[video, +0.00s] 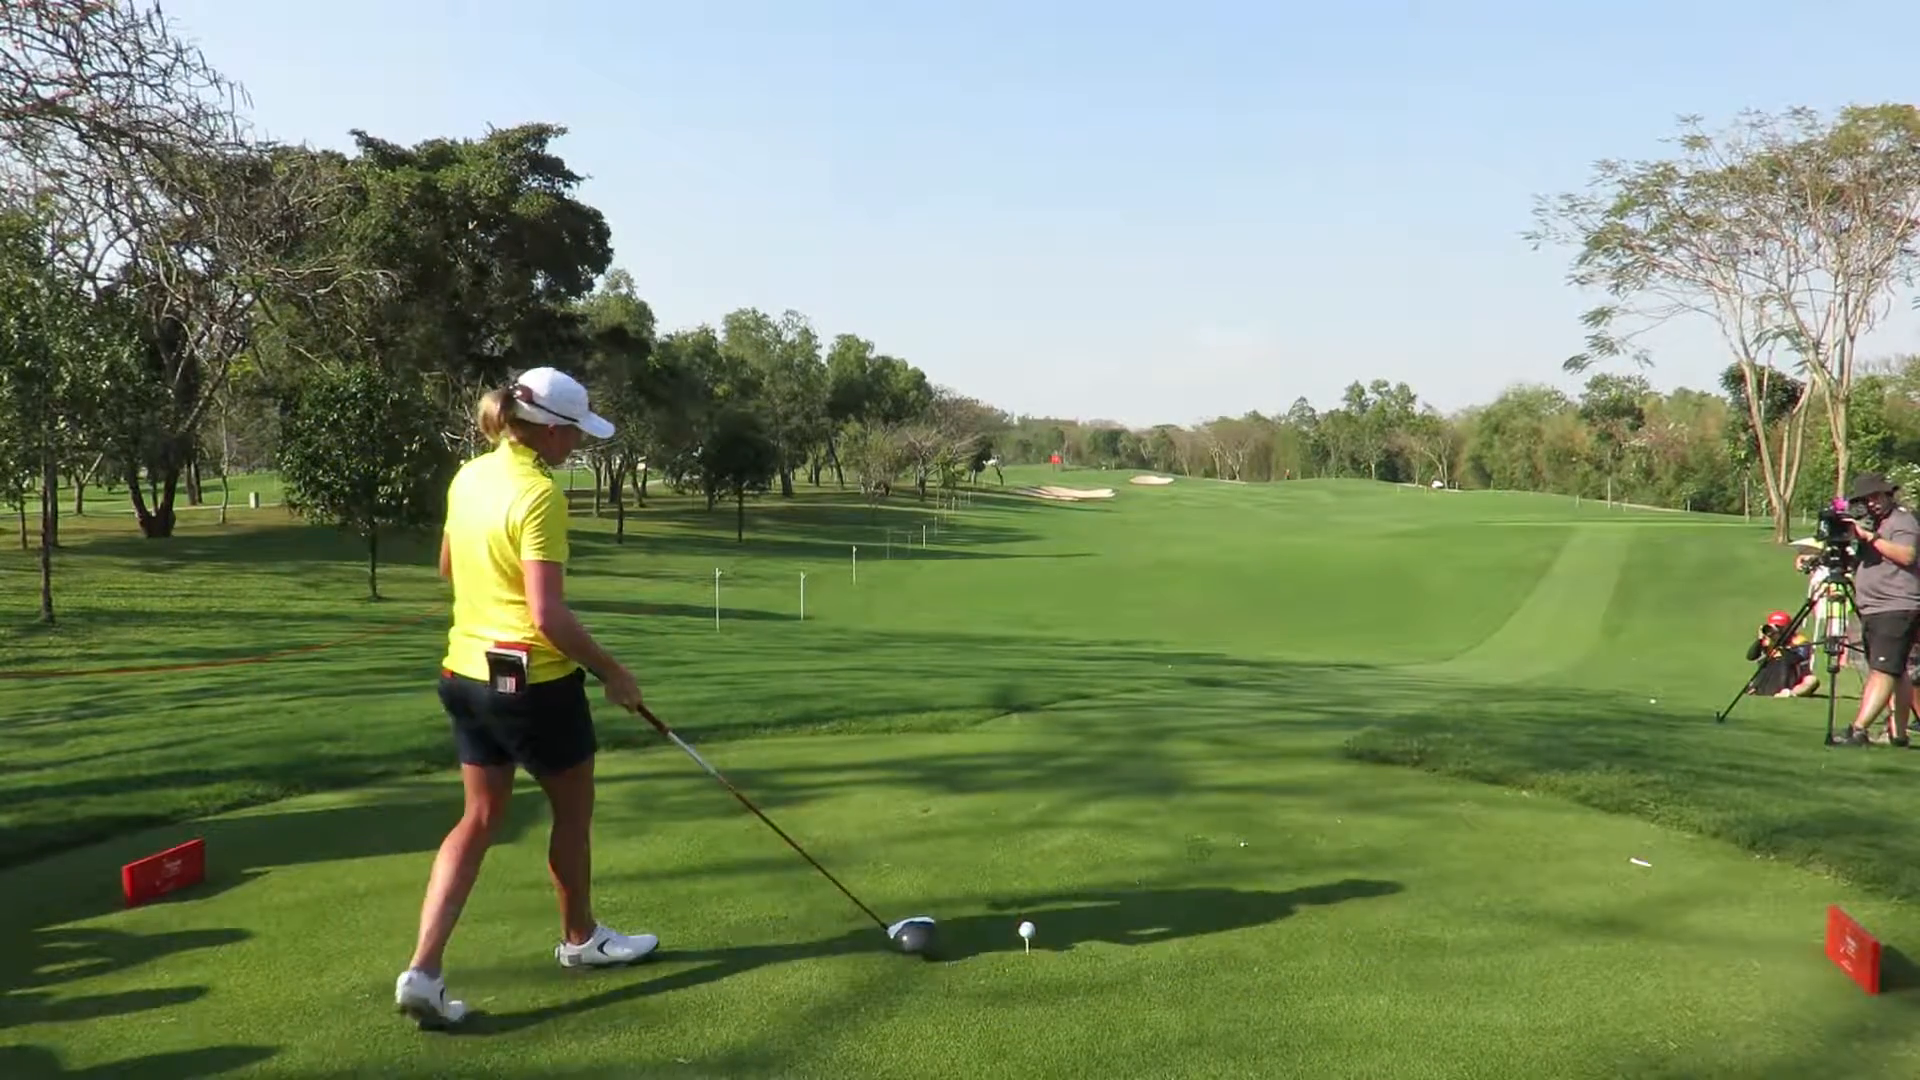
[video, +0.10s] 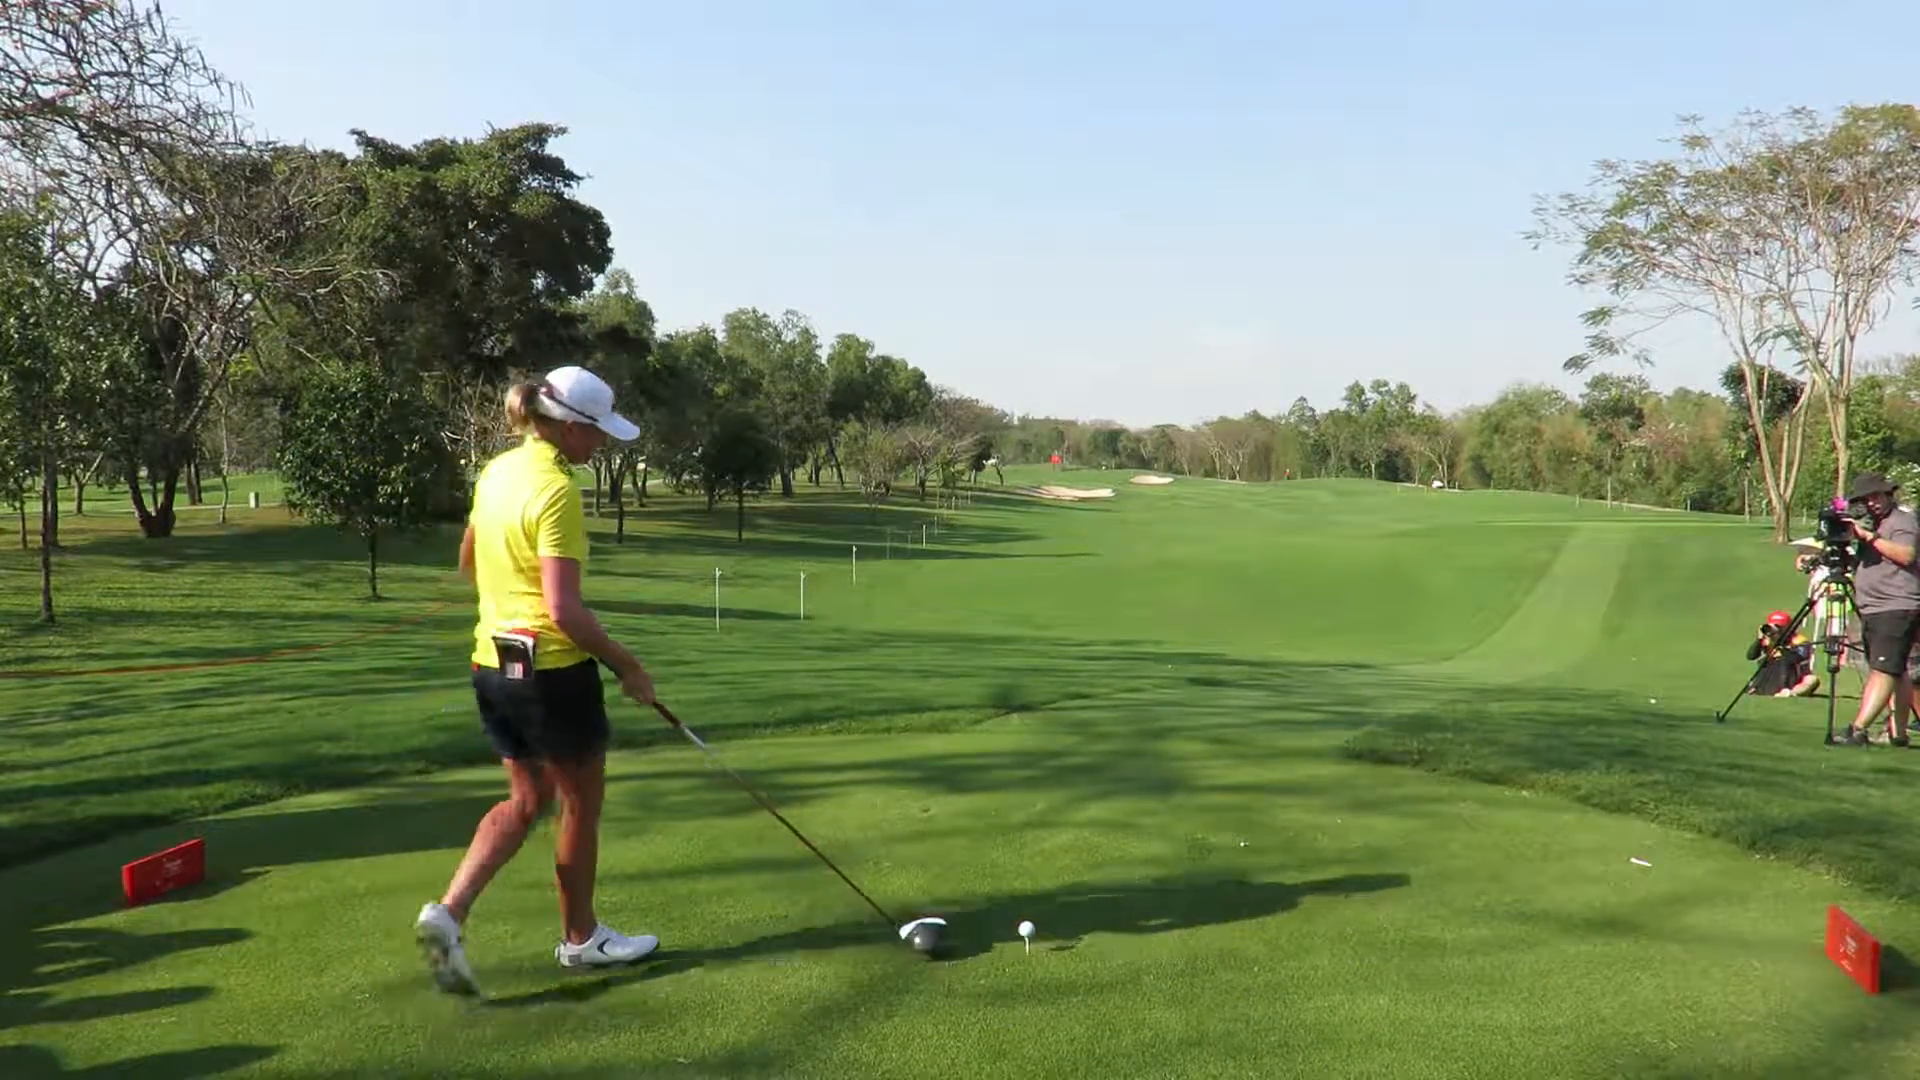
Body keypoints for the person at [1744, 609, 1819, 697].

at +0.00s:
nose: (1772, 634)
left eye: (1776, 630)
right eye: (1770, 630)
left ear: (1785, 630)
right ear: (1768, 629)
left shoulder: (1800, 642)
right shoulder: (1770, 642)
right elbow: (1751, 657)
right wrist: (1759, 641)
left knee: (1812, 680)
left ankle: (1792, 693)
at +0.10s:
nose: (1771, 633)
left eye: (1776, 630)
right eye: (1770, 630)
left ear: (1785, 630)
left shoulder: (1800, 643)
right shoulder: (1770, 641)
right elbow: (1751, 656)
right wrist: (1759, 640)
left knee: (1813, 679)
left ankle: (1792, 693)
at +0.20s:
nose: (1772, 633)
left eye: (1776, 630)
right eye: (1770, 630)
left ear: (1785, 629)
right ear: (1768, 628)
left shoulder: (1800, 642)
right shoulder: (1770, 641)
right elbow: (1751, 656)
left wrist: (1784, 653)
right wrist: (1759, 640)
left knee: (1813, 679)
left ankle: (1792, 692)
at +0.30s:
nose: (1773, 632)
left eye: (1777, 628)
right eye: (1771, 629)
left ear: (1785, 628)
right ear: (1768, 628)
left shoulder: (1799, 641)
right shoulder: (1769, 640)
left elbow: (1800, 655)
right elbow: (1751, 656)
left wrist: (1783, 652)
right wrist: (1759, 640)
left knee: (1812, 679)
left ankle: (1792, 692)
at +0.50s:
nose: (1774, 630)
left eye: (1778, 626)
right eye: (1771, 626)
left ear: (1786, 626)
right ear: (1769, 626)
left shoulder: (1799, 638)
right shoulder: (1769, 638)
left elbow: (1799, 655)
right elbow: (1751, 654)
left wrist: (1783, 651)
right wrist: (1759, 638)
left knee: (1812, 677)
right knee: (1750, 685)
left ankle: (1791, 690)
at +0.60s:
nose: (1773, 629)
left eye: (1777, 625)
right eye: (1771, 625)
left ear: (1786, 625)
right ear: (1768, 624)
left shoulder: (1799, 639)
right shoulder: (1769, 637)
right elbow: (1751, 652)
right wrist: (1759, 637)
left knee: (1812, 675)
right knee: (1749, 683)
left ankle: (1792, 688)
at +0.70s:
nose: (1774, 626)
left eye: (1777, 622)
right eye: (1771, 622)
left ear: (1786, 622)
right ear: (1769, 621)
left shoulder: (1799, 635)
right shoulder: (1770, 633)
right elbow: (1751, 649)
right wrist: (1759, 634)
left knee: (1812, 672)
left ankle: (1792, 685)